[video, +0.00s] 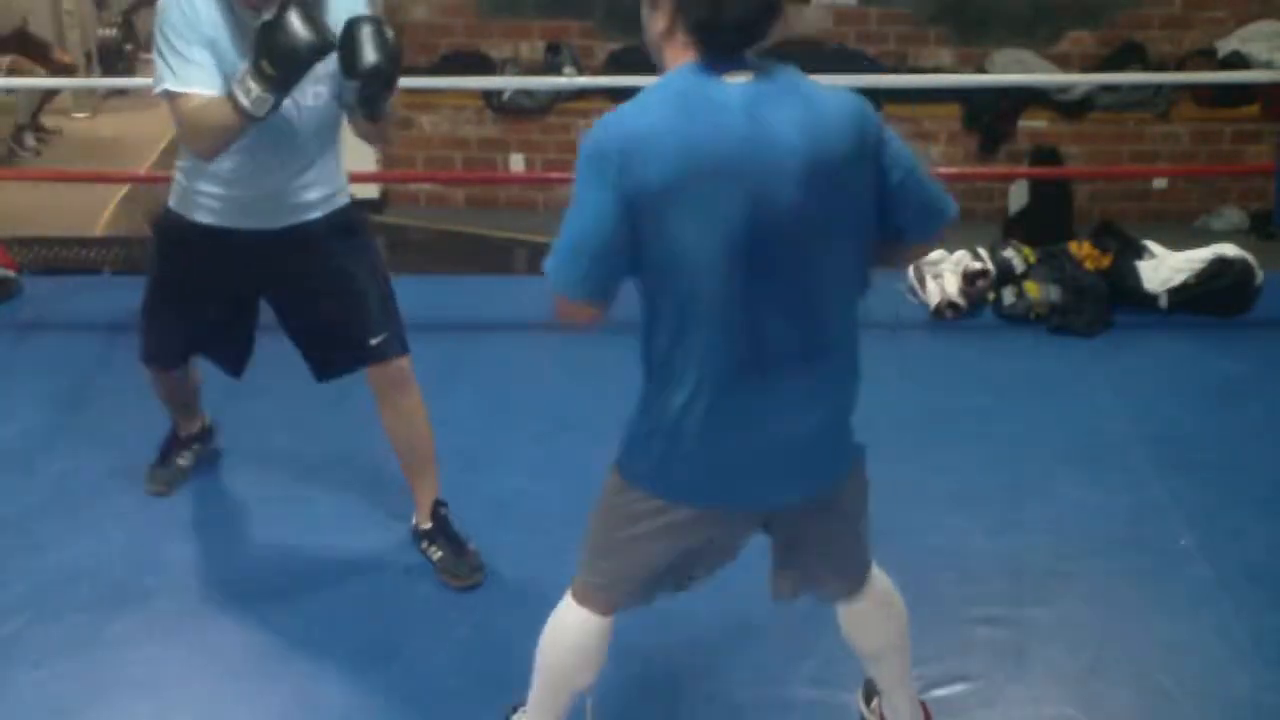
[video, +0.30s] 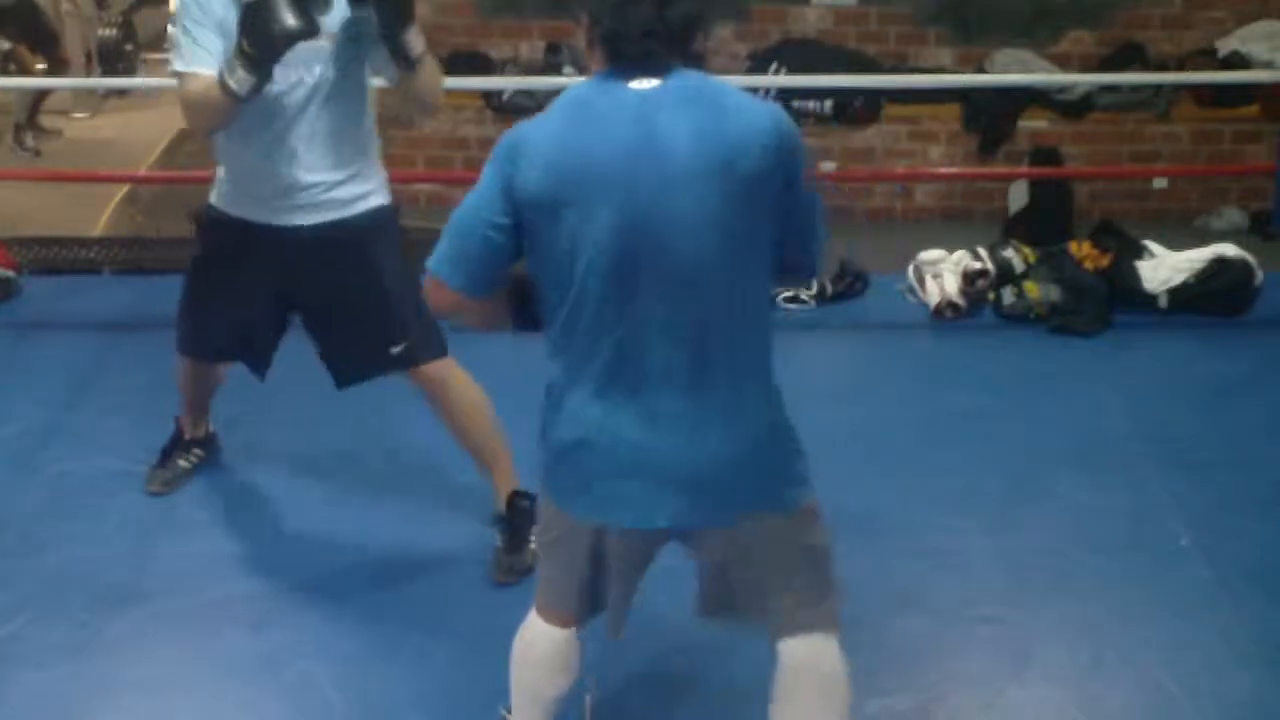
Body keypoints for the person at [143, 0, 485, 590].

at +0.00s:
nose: (262, 0)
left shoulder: (342, 7)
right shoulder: (190, 9)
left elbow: (375, 133)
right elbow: (197, 136)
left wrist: (371, 94)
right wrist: (264, 78)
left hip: (317, 214)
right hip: (205, 217)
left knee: (390, 362)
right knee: (163, 353)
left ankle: (431, 520)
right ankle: (191, 433)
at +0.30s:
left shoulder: (357, 6)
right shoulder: (207, 6)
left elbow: (425, 100)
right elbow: (198, 117)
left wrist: (403, 31)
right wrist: (249, 61)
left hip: (351, 213)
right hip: (243, 214)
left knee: (425, 361)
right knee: (198, 345)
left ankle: (514, 502)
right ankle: (193, 435)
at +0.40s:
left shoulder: (393, 6)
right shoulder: (248, 5)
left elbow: (465, 98)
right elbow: (228, 115)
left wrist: (433, 22)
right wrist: (275, 58)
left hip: (385, 213)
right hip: (280, 209)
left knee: (447, 364)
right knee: (225, 340)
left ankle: (514, 505)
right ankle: (198, 434)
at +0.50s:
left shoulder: (435, 4)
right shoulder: (280, 5)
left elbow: (486, 110)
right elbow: (262, 111)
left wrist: (449, 41)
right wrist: (299, 57)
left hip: (413, 199)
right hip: (309, 195)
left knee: (463, 357)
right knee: (254, 318)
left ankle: (516, 505)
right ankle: (246, 421)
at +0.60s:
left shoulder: (450, 5)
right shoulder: (291, 4)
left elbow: (489, 114)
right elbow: (277, 104)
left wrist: (459, 69)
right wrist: (316, 55)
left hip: (430, 188)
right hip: (328, 187)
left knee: (476, 349)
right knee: (282, 313)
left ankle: (517, 508)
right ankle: (329, 390)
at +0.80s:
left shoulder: (474, 1)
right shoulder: (316, 5)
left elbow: (543, 72)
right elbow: (301, 96)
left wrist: (494, 16)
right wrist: (347, 44)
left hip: (461, 173)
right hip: (365, 179)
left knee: (496, 300)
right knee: (333, 308)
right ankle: (348, 396)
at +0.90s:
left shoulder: (485, 5)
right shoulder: (347, 5)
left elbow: (566, 50)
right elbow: (331, 88)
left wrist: (533, 5)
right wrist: (364, 44)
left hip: (485, 169)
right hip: (396, 169)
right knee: (365, 296)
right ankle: (354, 393)